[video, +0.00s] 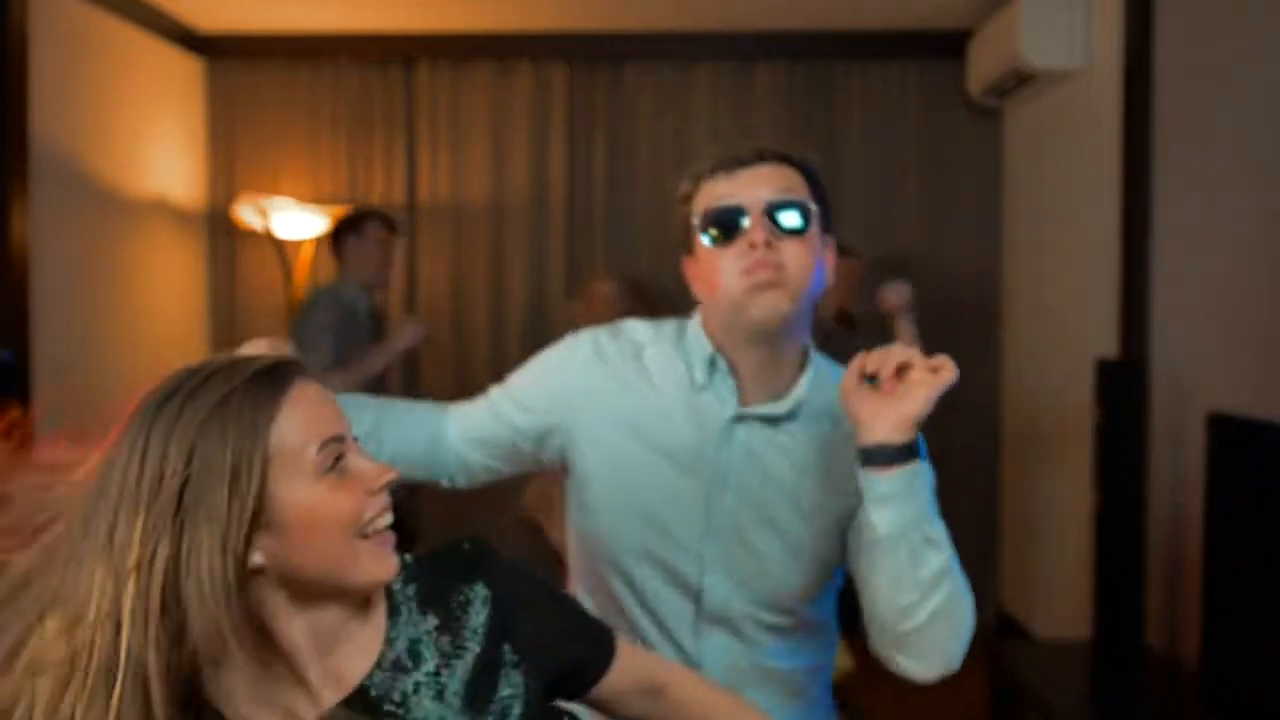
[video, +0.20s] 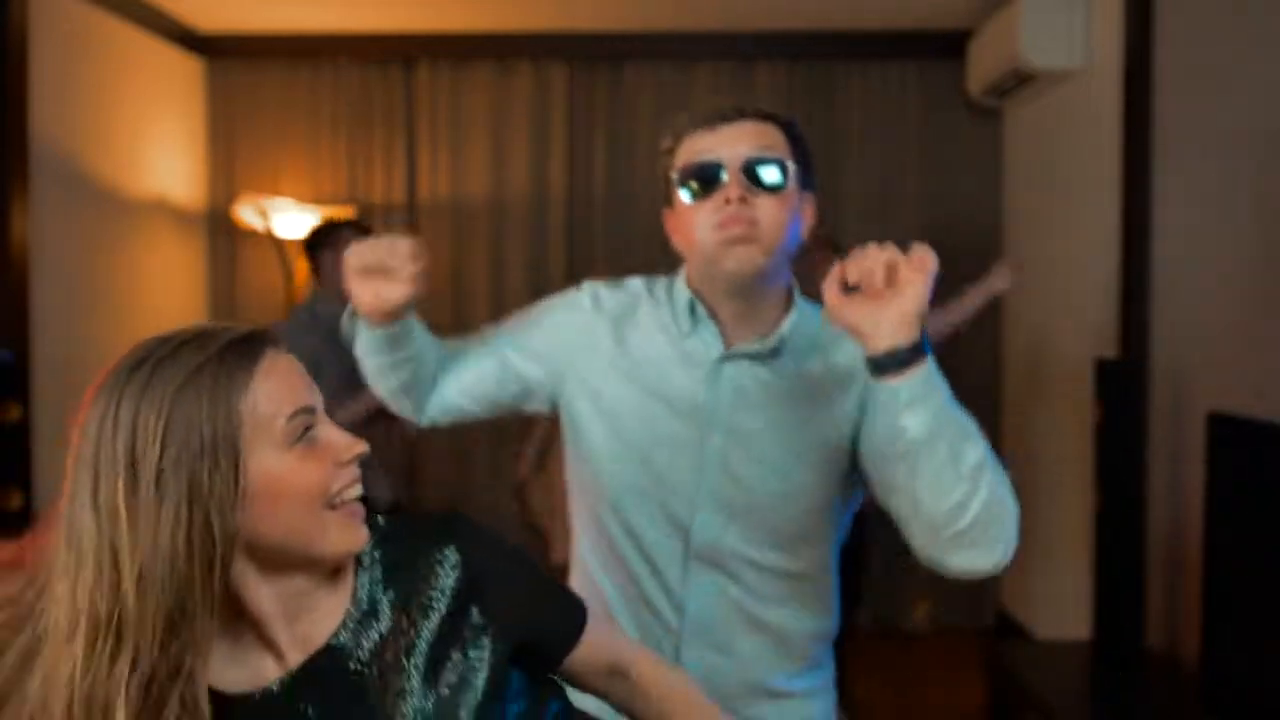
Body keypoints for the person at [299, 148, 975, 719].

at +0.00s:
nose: (760, 242)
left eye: (788, 220)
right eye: (726, 228)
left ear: (828, 262)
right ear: (692, 275)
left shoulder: (864, 420)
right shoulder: (597, 373)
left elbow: (926, 655)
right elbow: (451, 441)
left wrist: (889, 454)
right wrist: (291, 402)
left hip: (785, 713)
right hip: (618, 703)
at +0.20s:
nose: (735, 193)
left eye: (764, 175)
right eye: (705, 179)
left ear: (805, 218)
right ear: (672, 226)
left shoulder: (852, 365)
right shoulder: (591, 325)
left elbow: (977, 547)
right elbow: (431, 389)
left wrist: (901, 359)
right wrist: (382, 317)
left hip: (783, 704)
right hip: (612, 697)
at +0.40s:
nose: (683, 134)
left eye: (713, 117)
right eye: (652, 115)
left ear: (747, 158)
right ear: (615, 154)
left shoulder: (825, 277)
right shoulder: (558, 266)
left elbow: (1026, 393)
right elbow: (343, 293)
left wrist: (918, 287)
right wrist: (424, 246)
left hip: (779, 685)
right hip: (604, 676)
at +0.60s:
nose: (642, 154)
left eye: (671, 139)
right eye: (613, 135)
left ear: (703, 182)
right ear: (573, 178)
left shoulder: (773, 260)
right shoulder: (535, 294)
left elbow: (1005, 255)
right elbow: (330, 266)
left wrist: (963, 316)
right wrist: (464, 267)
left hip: (782, 680)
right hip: (614, 677)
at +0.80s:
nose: (625, 228)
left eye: (653, 215)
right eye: (595, 213)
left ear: (686, 258)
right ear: (559, 258)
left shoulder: (746, 333)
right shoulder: (530, 382)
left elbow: (921, 289)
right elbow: (339, 373)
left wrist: (1007, 434)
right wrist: (500, 363)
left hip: (778, 707)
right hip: (614, 712)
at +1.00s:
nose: (635, 258)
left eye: (662, 244)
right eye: (607, 244)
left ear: (694, 285)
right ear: (573, 287)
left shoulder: (766, 374)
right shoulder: (533, 402)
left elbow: (975, 414)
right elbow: (354, 393)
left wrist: (937, 405)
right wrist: (447, 378)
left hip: (766, 705)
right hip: (609, 710)